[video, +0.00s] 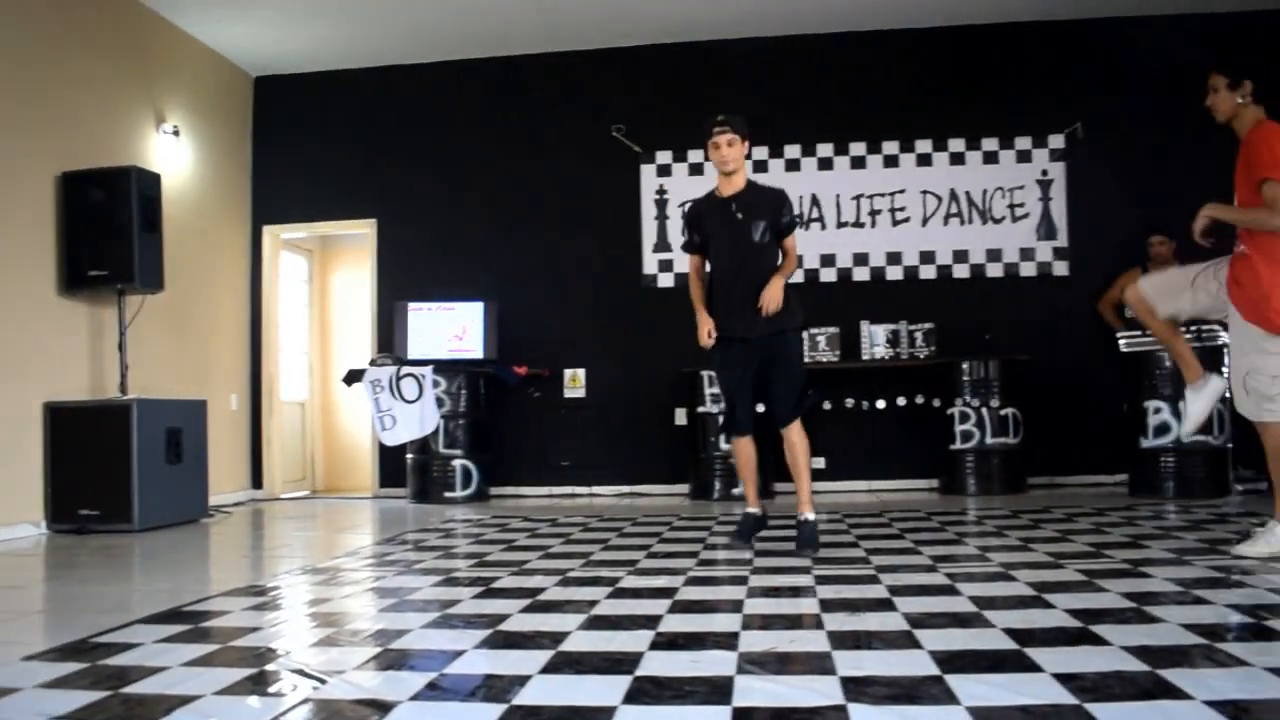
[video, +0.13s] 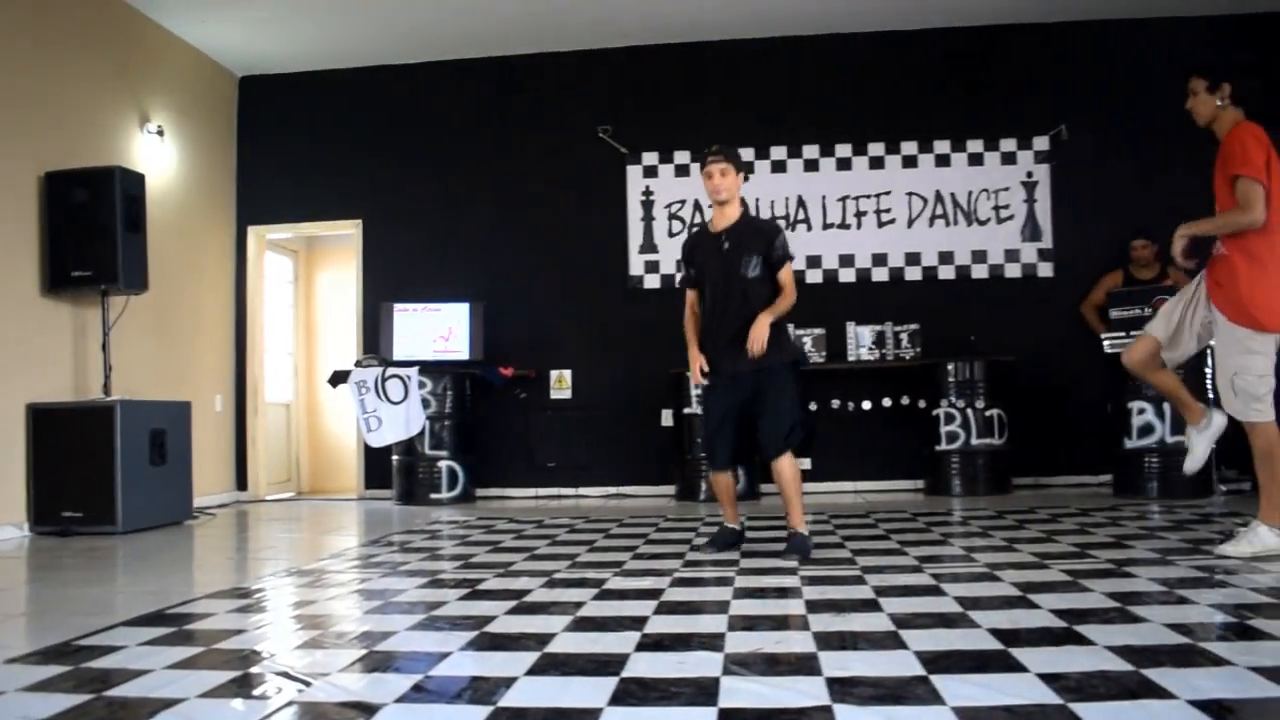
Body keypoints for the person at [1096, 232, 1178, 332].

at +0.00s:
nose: (1156, 250)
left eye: (1161, 244)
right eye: (1151, 246)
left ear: (1172, 246)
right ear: (1147, 249)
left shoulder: (1187, 273)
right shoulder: (1134, 277)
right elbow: (1105, 305)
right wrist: (1123, 333)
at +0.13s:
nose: (1140, 253)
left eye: (1144, 248)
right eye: (1134, 249)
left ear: (1155, 249)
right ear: (1129, 253)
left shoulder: (1172, 275)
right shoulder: (1116, 279)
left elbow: (1197, 295)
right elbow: (1087, 307)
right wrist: (1104, 333)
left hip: (1167, 342)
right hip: (1127, 347)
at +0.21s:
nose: (1129, 253)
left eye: (1134, 248)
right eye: (1124, 249)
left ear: (1144, 248)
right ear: (1119, 253)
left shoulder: (1162, 275)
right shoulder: (1105, 280)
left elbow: (1185, 300)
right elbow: (1079, 310)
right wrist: (1096, 335)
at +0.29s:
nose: (1125, 254)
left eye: (1130, 248)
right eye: (1119, 250)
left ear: (1139, 248)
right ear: (1114, 253)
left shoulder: (1158, 276)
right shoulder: (1102, 281)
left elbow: (1183, 303)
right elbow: (1075, 311)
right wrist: (1094, 338)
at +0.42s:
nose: (1120, 255)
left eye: (1124, 249)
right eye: (1114, 251)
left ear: (1133, 249)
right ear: (1108, 255)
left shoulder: (1153, 277)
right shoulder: (1097, 282)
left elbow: (1177, 303)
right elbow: (1070, 312)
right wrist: (1089, 340)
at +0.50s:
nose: (1118, 255)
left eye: (1122, 249)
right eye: (1111, 251)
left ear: (1131, 249)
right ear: (1106, 256)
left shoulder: (1152, 277)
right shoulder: (1095, 282)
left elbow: (1172, 304)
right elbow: (1068, 313)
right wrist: (1087, 340)